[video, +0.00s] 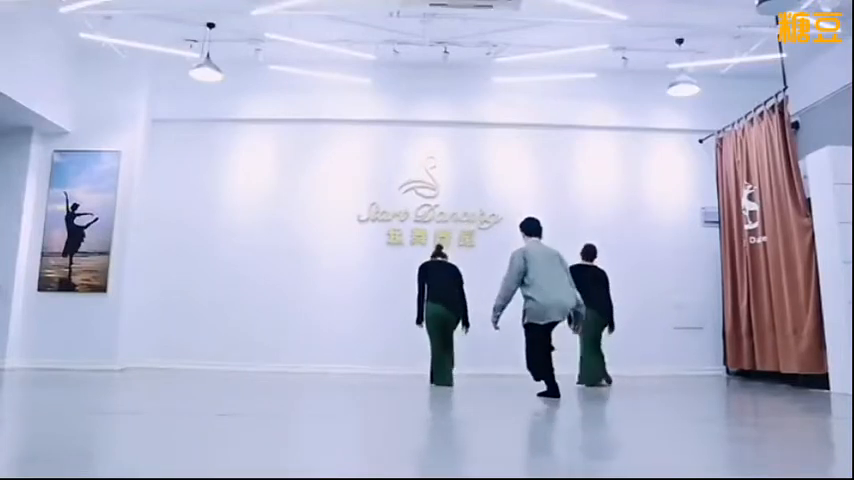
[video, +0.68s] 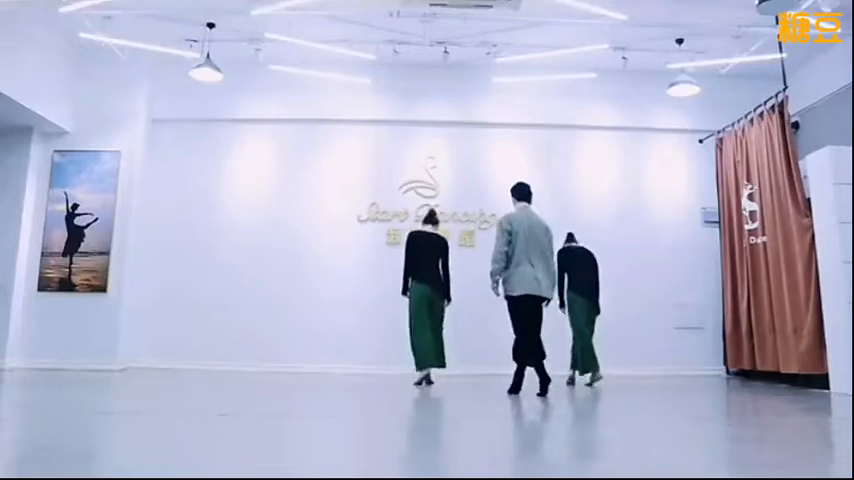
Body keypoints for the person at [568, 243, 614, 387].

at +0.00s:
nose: (587, 257)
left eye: (585, 253)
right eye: (592, 254)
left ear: (581, 254)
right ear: (596, 256)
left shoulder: (573, 270)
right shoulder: (600, 273)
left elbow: (568, 293)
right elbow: (607, 299)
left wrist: (569, 314)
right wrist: (610, 320)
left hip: (582, 313)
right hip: (599, 315)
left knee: (586, 345)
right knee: (595, 344)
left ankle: (585, 376)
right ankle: (599, 374)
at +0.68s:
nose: (566, 246)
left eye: (565, 243)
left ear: (565, 242)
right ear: (576, 241)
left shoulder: (563, 252)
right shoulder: (589, 253)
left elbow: (561, 277)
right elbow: (595, 281)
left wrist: (561, 299)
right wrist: (596, 303)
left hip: (574, 294)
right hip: (591, 296)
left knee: (581, 332)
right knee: (582, 333)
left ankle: (594, 369)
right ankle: (573, 370)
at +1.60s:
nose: (551, 230)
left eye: (550, 227)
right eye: (555, 227)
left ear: (548, 227)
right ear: (562, 228)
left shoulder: (541, 247)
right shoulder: (567, 249)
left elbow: (537, 272)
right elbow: (571, 276)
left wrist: (536, 293)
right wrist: (573, 297)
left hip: (547, 292)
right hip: (564, 293)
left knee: (551, 330)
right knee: (563, 330)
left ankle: (560, 367)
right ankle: (557, 369)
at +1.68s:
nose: (550, 229)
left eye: (549, 226)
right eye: (554, 227)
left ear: (546, 227)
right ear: (560, 228)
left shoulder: (539, 248)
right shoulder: (566, 249)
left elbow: (536, 272)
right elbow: (570, 275)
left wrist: (534, 293)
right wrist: (572, 297)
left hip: (545, 292)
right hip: (562, 293)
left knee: (549, 330)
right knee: (561, 330)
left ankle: (556, 368)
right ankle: (558, 368)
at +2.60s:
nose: (536, 229)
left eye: (534, 226)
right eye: (539, 226)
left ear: (531, 227)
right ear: (545, 228)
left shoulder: (524, 247)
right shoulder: (551, 248)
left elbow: (519, 272)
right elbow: (555, 274)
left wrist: (518, 293)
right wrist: (557, 296)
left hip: (531, 291)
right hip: (548, 292)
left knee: (534, 329)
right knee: (546, 329)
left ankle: (539, 369)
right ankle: (542, 368)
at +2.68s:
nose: (535, 229)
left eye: (533, 226)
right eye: (538, 226)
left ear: (530, 227)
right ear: (544, 228)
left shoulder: (523, 247)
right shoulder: (551, 248)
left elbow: (519, 272)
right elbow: (555, 274)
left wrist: (518, 293)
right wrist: (556, 296)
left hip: (530, 291)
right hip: (547, 292)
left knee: (532, 329)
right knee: (545, 328)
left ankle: (538, 367)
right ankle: (541, 366)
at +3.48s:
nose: (530, 230)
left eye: (528, 227)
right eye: (533, 227)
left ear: (525, 228)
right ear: (539, 229)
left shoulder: (518, 248)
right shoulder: (545, 249)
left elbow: (513, 273)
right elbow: (550, 275)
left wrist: (512, 294)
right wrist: (551, 296)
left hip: (525, 293)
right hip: (542, 293)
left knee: (529, 331)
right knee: (542, 330)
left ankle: (539, 367)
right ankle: (541, 369)